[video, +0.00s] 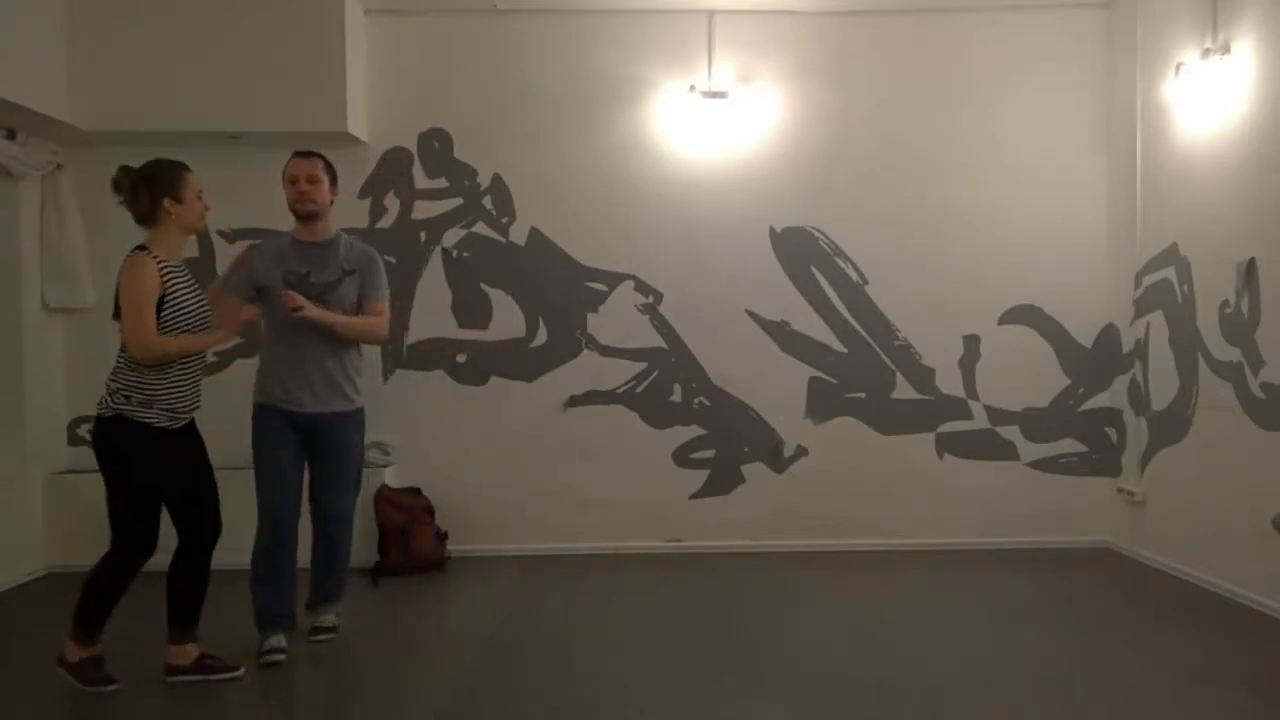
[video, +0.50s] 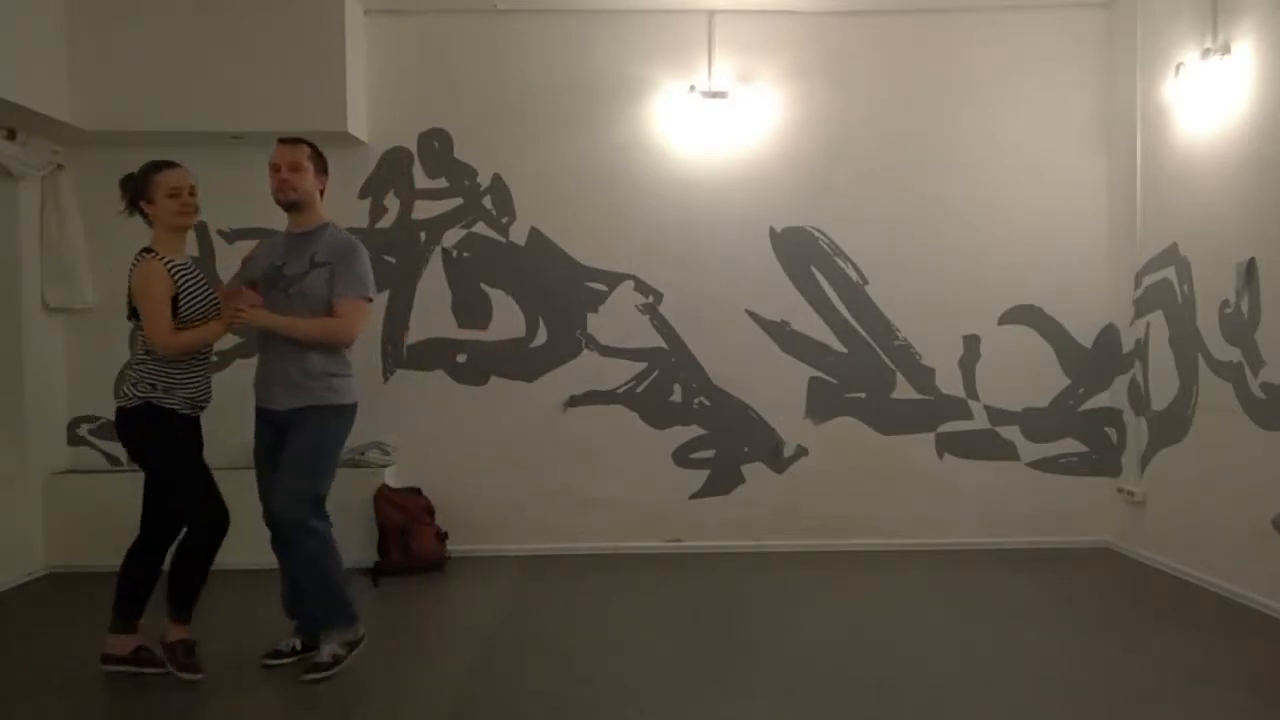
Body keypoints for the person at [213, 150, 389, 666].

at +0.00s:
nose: (302, 189)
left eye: (313, 181)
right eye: (294, 182)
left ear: (333, 191)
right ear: (284, 193)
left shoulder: (363, 258)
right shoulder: (263, 254)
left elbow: (378, 329)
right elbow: (215, 307)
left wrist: (318, 313)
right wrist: (247, 312)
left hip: (340, 409)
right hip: (277, 407)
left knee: (334, 515)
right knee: (277, 516)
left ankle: (326, 606)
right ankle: (273, 626)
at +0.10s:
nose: (301, 191)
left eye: (311, 183)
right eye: (292, 184)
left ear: (333, 193)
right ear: (283, 195)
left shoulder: (365, 261)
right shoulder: (262, 257)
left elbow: (373, 332)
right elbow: (213, 309)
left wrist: (302, 316)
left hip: (340, 411)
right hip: (277, 408)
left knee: (333, 516)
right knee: (274, 518)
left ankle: (325, 605)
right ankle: (283, 627)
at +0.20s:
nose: (299, 186)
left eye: (309, 178)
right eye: (290, 179)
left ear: (332, 188)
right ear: (281, 191)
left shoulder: (360, 256)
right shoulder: (261, 254)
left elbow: (366, 330)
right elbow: (212, 305)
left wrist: (290, 318)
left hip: (338, 411)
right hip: (276, 410)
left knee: (332, 518)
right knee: (279, 517)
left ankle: (326, 605)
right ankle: (310, 627)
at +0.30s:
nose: (294, 188)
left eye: (305, 179)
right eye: (287, 181)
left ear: (330, 191)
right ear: (279, 193)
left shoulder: (355, 259)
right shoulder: (261, 257)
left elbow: (356, 335)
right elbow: (212, 306)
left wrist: (277, 319)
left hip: (335, 414)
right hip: (273, 413)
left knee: (330, 516)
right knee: (283, 524)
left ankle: (344, 594)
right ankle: (311, 631)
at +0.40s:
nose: (289, 184)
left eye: (300, 176)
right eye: (282, 177)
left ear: (326, 188)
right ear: (275, 190)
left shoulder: (351, 256)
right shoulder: (264, 256)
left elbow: (349, 333)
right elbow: (220, 307)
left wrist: (269, 317)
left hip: (328, 407)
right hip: (271, 406)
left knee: (308, 513)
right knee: (279, 520)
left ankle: (358, 596)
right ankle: (312, 632)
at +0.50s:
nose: (281, 177)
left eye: (293, 169)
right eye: (275, 169)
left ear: (320, 181)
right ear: (270, 181)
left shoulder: (345, 248)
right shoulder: (266, 252)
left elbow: (347, 329)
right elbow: (225, 303)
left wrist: (266, 319)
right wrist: (232, 297)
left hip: (323, 402)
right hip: (273, 402)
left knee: (297, 509)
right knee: (281, 517)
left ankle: (341, 628)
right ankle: (307, 631)